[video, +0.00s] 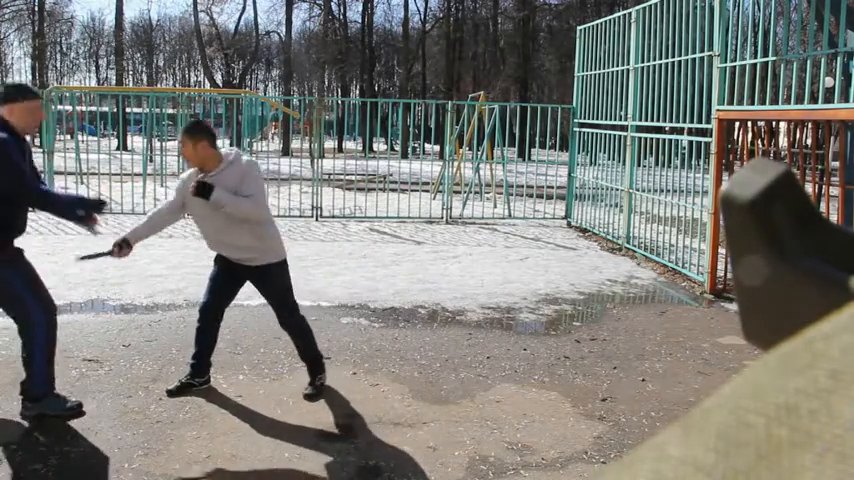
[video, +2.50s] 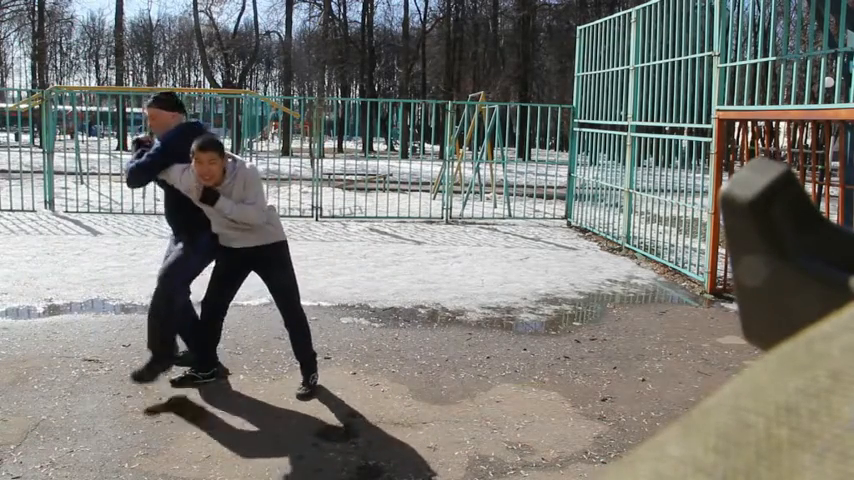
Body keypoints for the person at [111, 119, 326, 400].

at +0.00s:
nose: (182, 153)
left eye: (185, 147)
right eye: (182, 147)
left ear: (203, 145)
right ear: (199, 147)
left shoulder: (245, 169)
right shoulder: (189, 183)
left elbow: (258, 210)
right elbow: (165, 214)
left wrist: (214, 195)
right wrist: (130, 238)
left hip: (267, 259)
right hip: (230, 260)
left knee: (289, 318)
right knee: (209, 313)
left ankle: (317, 370)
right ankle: (199, 374)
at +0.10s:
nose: (198, 146)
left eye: (202, 140)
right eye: (198, 140)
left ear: (221, 140)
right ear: (217, 141)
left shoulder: (263, 170)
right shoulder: (208, 177)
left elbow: (268, 212)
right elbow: (191, 208)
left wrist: (225, 191)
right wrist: (156, 227)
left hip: (271, 262)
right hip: (234, 260)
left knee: (288, 321)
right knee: (213, 314)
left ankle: (314, 373)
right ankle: (198, 375)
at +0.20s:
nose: (218, 145)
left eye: (221, 139)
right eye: (217, 139)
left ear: (240, 137)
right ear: (235, 139)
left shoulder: (277, 167)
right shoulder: (233, 171)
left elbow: (278, 212)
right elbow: (223, 210)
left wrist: (238, 191)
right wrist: (189, 213)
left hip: (278, 263)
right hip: (243, 260)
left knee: (292, 324)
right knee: (220, 316)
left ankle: (315, 376)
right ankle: (199, 374)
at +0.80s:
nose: (226, 148)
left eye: (230, 143)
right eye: (226, 143)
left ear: (247, 141)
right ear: (238, 143)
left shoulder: (277, 173)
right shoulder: (234, 172)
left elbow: (256, 209)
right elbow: (210, 193)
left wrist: (229, 171)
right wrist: (192, 167)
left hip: (268, 268)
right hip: (233, 263)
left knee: (285, 329)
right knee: (201, 309)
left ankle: (315, 374)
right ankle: (185, 368)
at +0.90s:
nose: (203, 141)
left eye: (206, 135)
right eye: (203, 135)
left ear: (224, 136)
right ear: (219, 138)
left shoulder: (257, 168)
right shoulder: (203, 170)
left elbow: (244, 206)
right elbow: (174, 167)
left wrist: (215, 171)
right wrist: (150, 139)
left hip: (256, 266)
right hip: (218, 263)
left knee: (280, 322)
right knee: (189, 313)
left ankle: (314, 373)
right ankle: (175, 368)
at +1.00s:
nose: (177, 135)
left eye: (182, 130)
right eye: (178, 130)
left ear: (199, 132)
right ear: (193, 133)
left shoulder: (234, 164)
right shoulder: (178, 159)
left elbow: (227, 201)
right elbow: (148, 138)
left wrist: (195, 167)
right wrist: (121, 114)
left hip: (243, 258)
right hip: (208, 256)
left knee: (271, 317)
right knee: (180, 309)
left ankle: (307, 371)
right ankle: (174, 368)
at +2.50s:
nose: (205, 169)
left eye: (211, 162)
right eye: (199, 162)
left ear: (224, 161)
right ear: (192, 162)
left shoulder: (246, 173)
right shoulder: (187, 178)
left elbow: (258, 215)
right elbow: (161, 168)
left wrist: (217, 201)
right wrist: (146, 148)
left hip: (268, 246)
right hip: (232, 249)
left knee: (290, 309)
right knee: (211, 308)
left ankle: (309, 372)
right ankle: (206, 367)